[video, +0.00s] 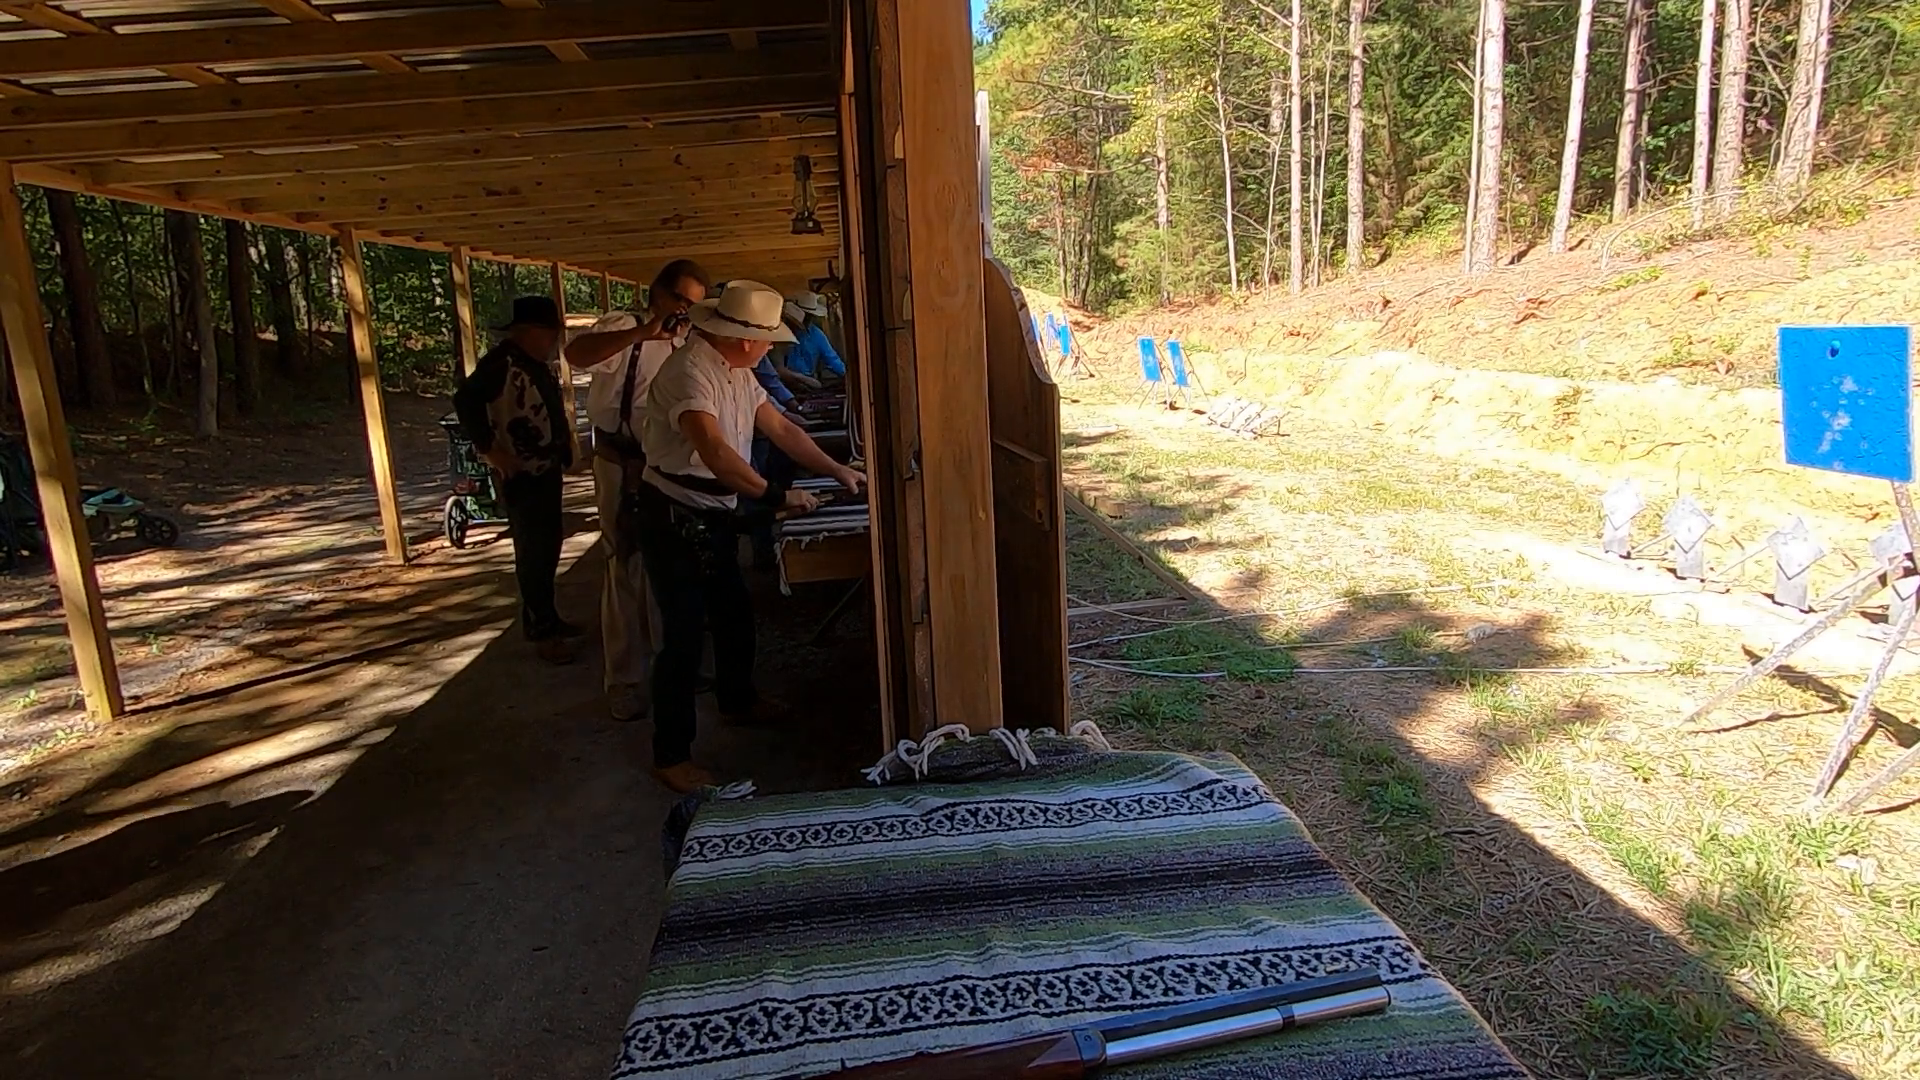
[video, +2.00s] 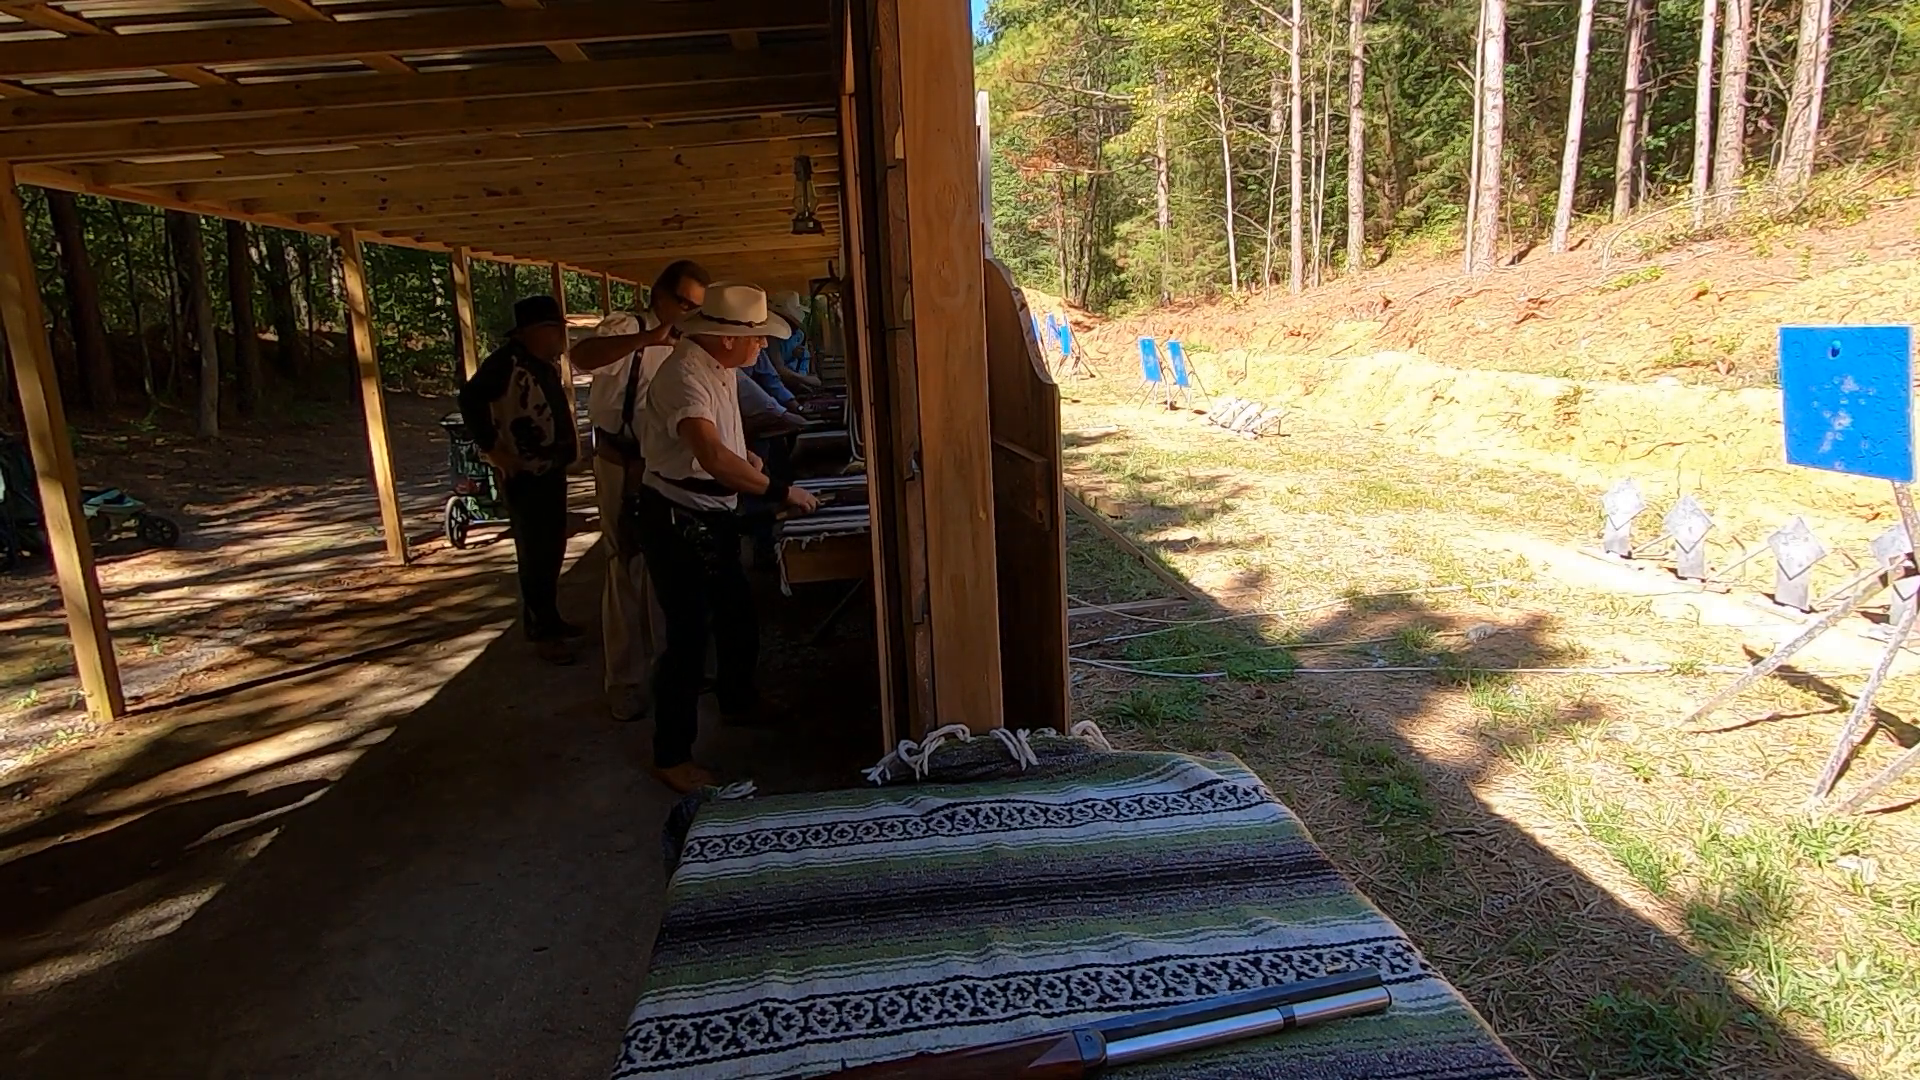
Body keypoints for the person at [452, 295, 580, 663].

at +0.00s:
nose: (557, 341)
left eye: (557, 333)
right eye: (552, 333)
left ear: (535, 331)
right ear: (531, 331)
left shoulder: (539, 363)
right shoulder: (502, 361)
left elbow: (546, 410)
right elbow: (466, 400)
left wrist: (562, 444)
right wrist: (490, 449)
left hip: (547, 471)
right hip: (522, 474)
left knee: (548, 547)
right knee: (534, 550)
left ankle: (547, 619)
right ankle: (540, 629)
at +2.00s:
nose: (563, 338)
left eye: (563, 330)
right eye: (557, 330)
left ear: (545, 332)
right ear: (534, 331)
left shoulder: (546, 365)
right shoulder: (507, 361)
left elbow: (550, 410)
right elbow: (470, 399)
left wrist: (565, 445)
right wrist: (491, 448)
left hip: (551, 472)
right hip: (525, 475)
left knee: (552, 550)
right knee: (536, 553)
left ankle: (549, 620)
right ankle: (541, 630)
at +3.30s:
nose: (562, 338)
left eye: (561, 330)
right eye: (556, 330)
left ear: (545, 333)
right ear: (534, 332)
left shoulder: (545, 366)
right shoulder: (504, 362)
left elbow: (549, 412)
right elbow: (468, 399)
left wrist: (564, 448)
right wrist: (489, 448)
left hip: (551, 473)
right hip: (524, 476)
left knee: (552, 550)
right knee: (536, 553)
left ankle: (549, 621)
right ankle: (541, 630)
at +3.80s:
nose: (562, 338)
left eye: (562, 330)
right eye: (556, 330)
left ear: (544, 333)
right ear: (534, 332)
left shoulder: (544, 366)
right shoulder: (505, 362)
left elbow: (551, 411)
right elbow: (468, 399)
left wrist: (568, 446)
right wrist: (489, 448)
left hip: (551, 473)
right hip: (525, 476)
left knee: (552, 550)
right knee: (536, 552)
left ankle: (549, 621)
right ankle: (541, 630)